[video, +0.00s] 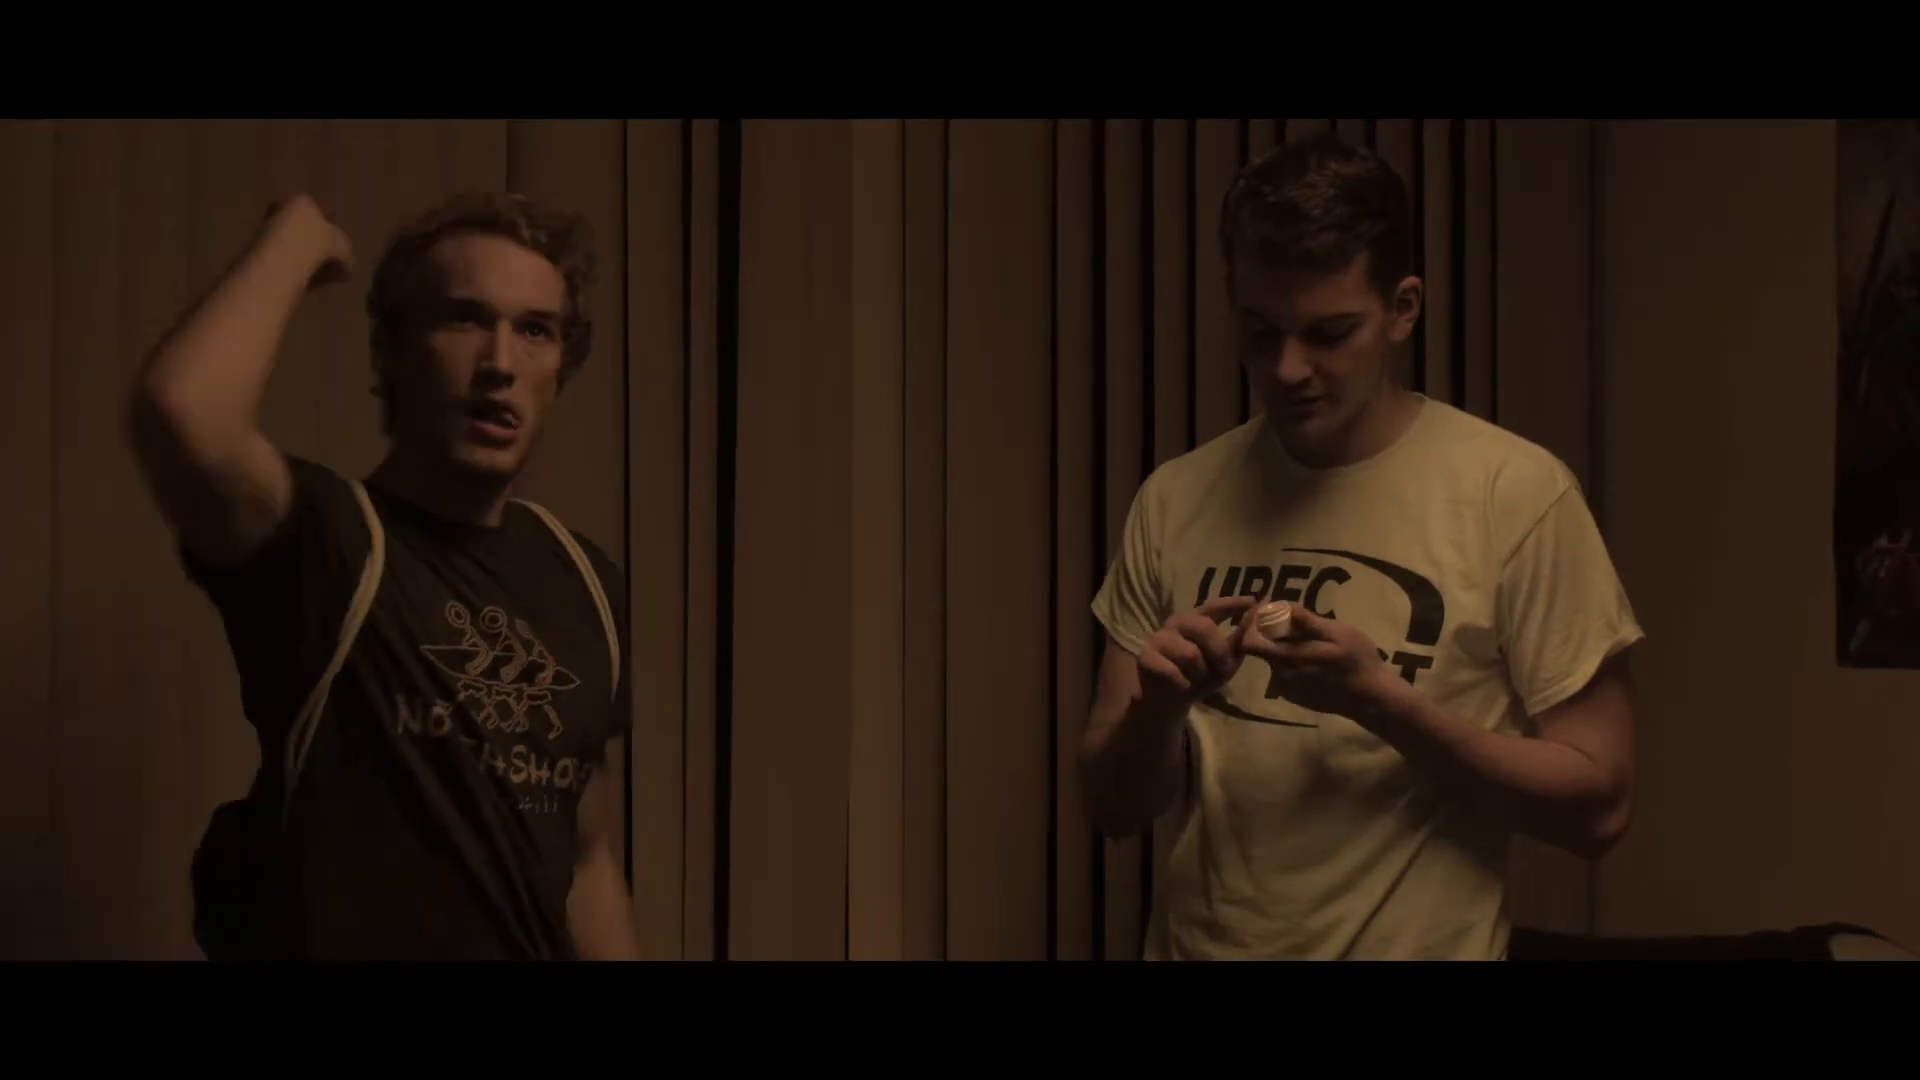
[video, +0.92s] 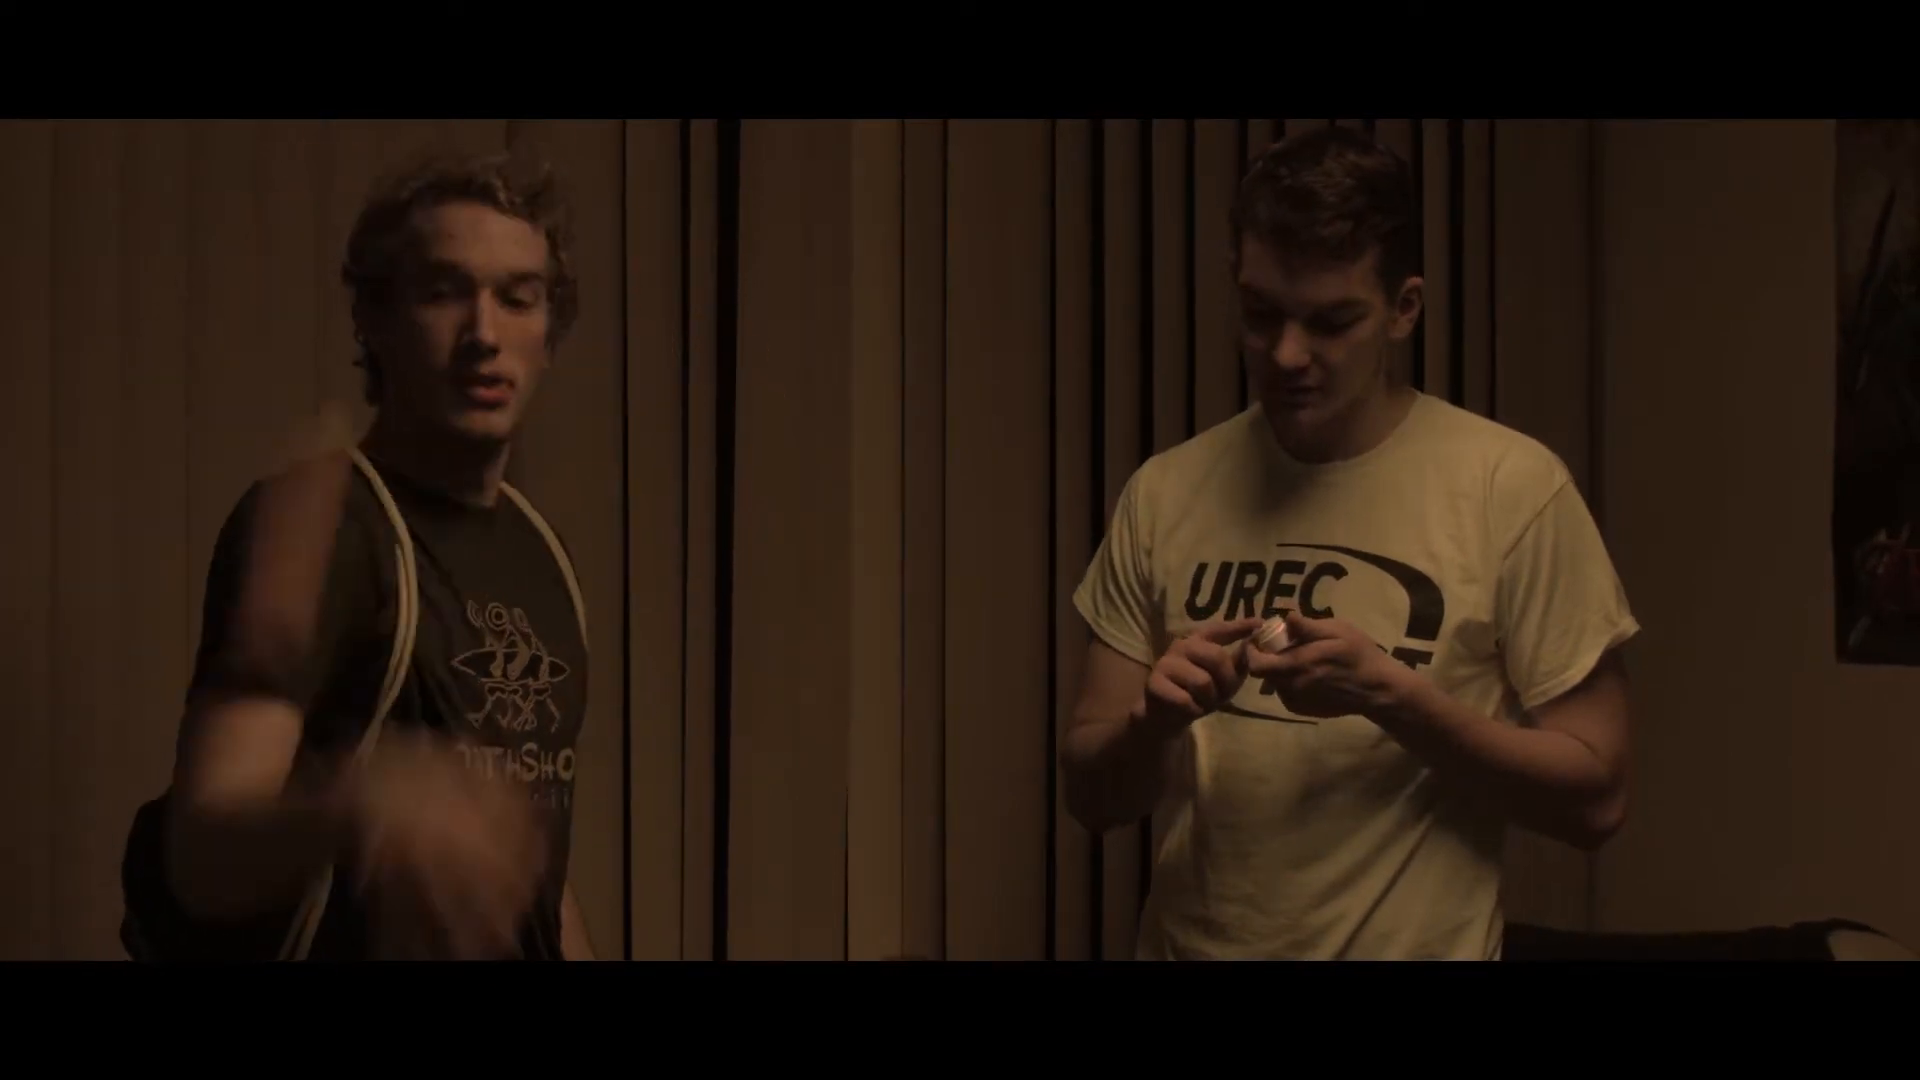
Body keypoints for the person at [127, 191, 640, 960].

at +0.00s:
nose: (502, 363)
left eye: (535, 330)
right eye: (465, 320)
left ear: (561, 367)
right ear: (389, 352)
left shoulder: (585, 580)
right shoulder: (310, 543)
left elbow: (583, 852)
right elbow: (185, 408)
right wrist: (296, 234)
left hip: (522, 943)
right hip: (330, 935)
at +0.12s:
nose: (504, 325)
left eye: (535, 297)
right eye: (464, 285)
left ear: (560, 340)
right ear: (389, 322)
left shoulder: (553, 556)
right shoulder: (327, 531)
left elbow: (542, 838)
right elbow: (310, 452)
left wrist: (580, 948)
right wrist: (342, 128)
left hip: (506, 941)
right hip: (319, 929)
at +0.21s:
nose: (489, 300)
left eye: (522, 277)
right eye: (454, 263)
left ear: (551, 343)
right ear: (389, 296)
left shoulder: (545, 553)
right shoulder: (314, 507)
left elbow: (531, 837)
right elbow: (386, 382)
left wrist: (567, 945)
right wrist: (417, 135)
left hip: (500, 939)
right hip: (333, 928)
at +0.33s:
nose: (501, 288)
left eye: (527, 263)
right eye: (456, 254)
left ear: (560, 305)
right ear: (374, 310)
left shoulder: (536, 548)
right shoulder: (314, 482)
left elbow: (510, 823)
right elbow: (366, 646)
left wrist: (556, 941)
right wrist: (526, 426)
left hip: (491, 938)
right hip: (334, 931)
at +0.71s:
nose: (484, 286)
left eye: (515, 263)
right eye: (440, 255)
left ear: (549, 305)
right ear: (365, 304)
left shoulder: (521, 541)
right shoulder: (305, 477)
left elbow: (506, 833)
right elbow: (325, 636)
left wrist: (560, 946)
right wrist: (527, 397)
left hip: (477, 936)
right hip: (312, 927)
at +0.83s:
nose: (490, 306)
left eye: (521, 277)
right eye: (445, 269)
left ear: (547, 322)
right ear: (366, 311)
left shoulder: (534, 538)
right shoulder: (305, 496)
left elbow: (511, 826)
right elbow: (252, 762)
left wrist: (563, 941)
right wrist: (429, 570)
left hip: (492, 942)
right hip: (324, 936)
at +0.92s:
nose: (485, 332)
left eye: (518, 298)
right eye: (444, 292)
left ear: (549, 329)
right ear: (371, 323)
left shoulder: (529, 539)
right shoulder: (306, 517)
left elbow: (522, 829)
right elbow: (212, 831)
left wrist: (568, 943)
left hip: (497, 946)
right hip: (332, 945)